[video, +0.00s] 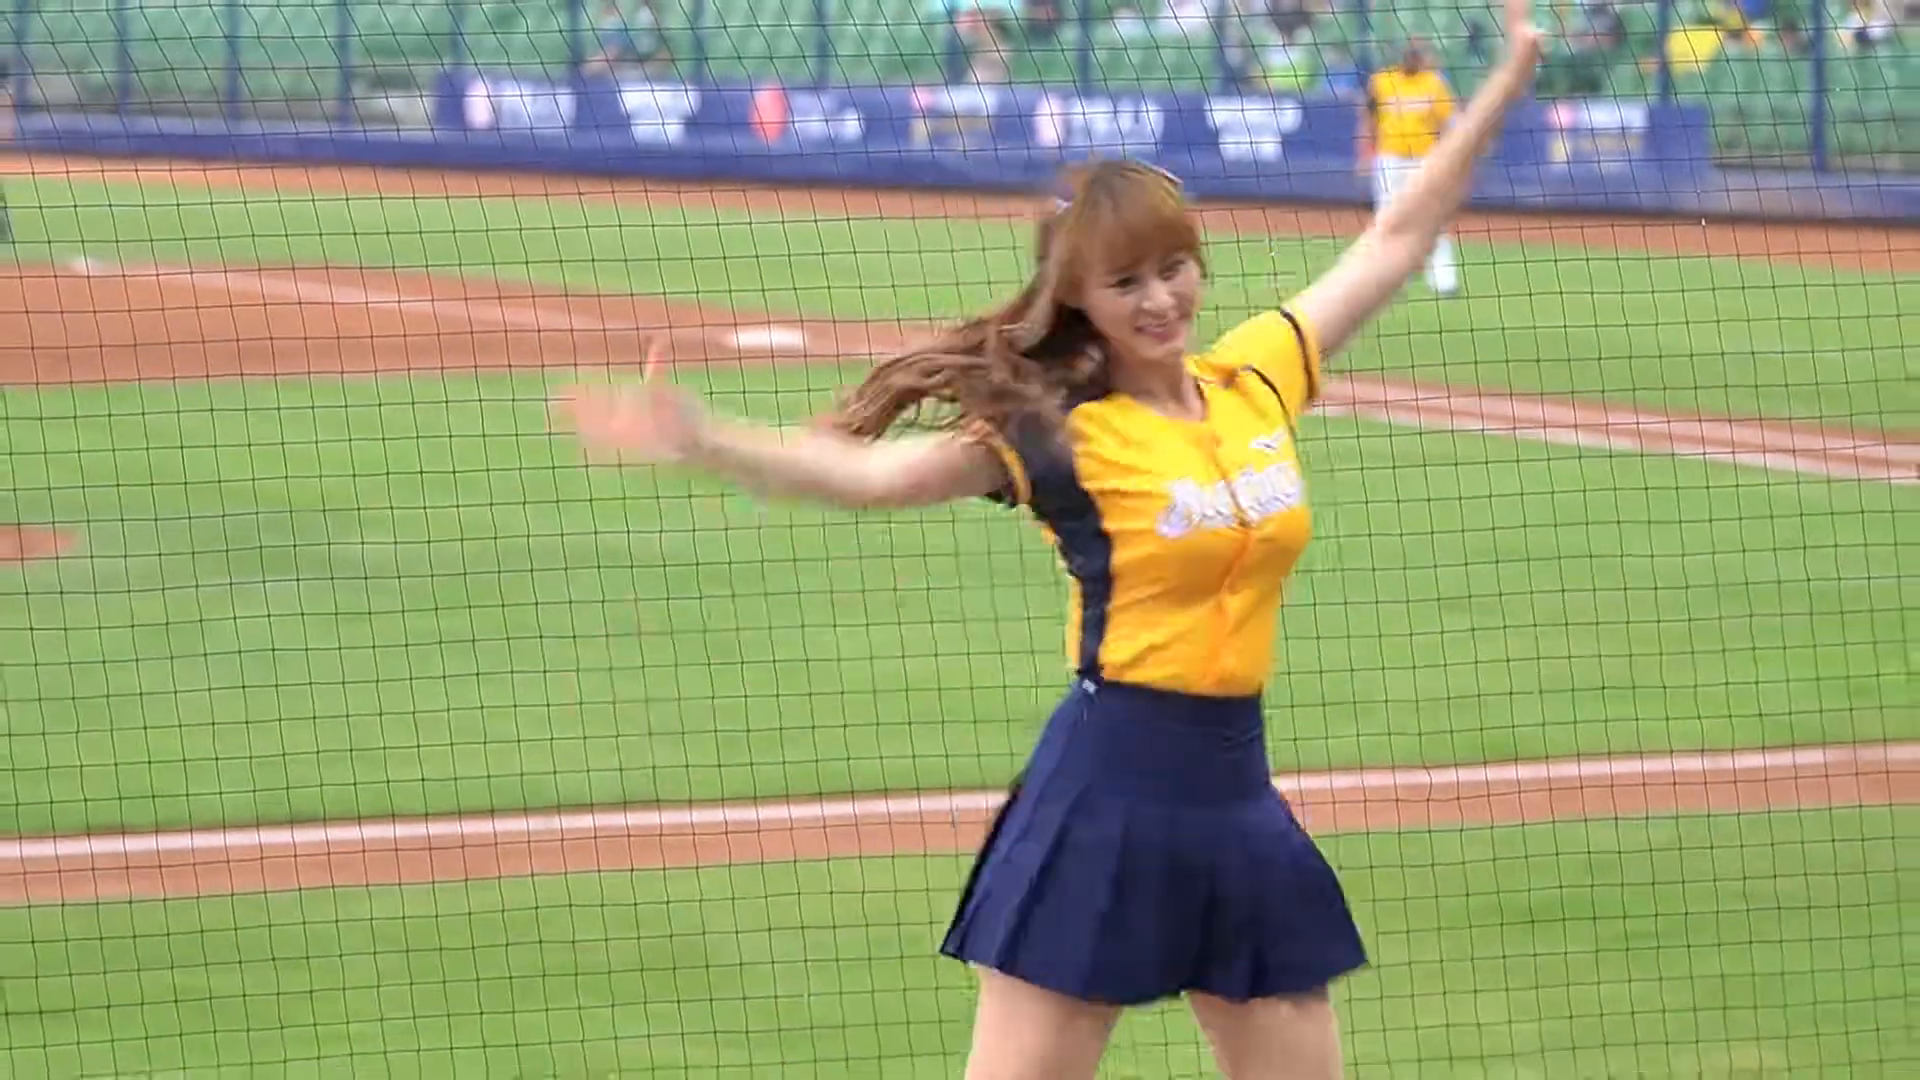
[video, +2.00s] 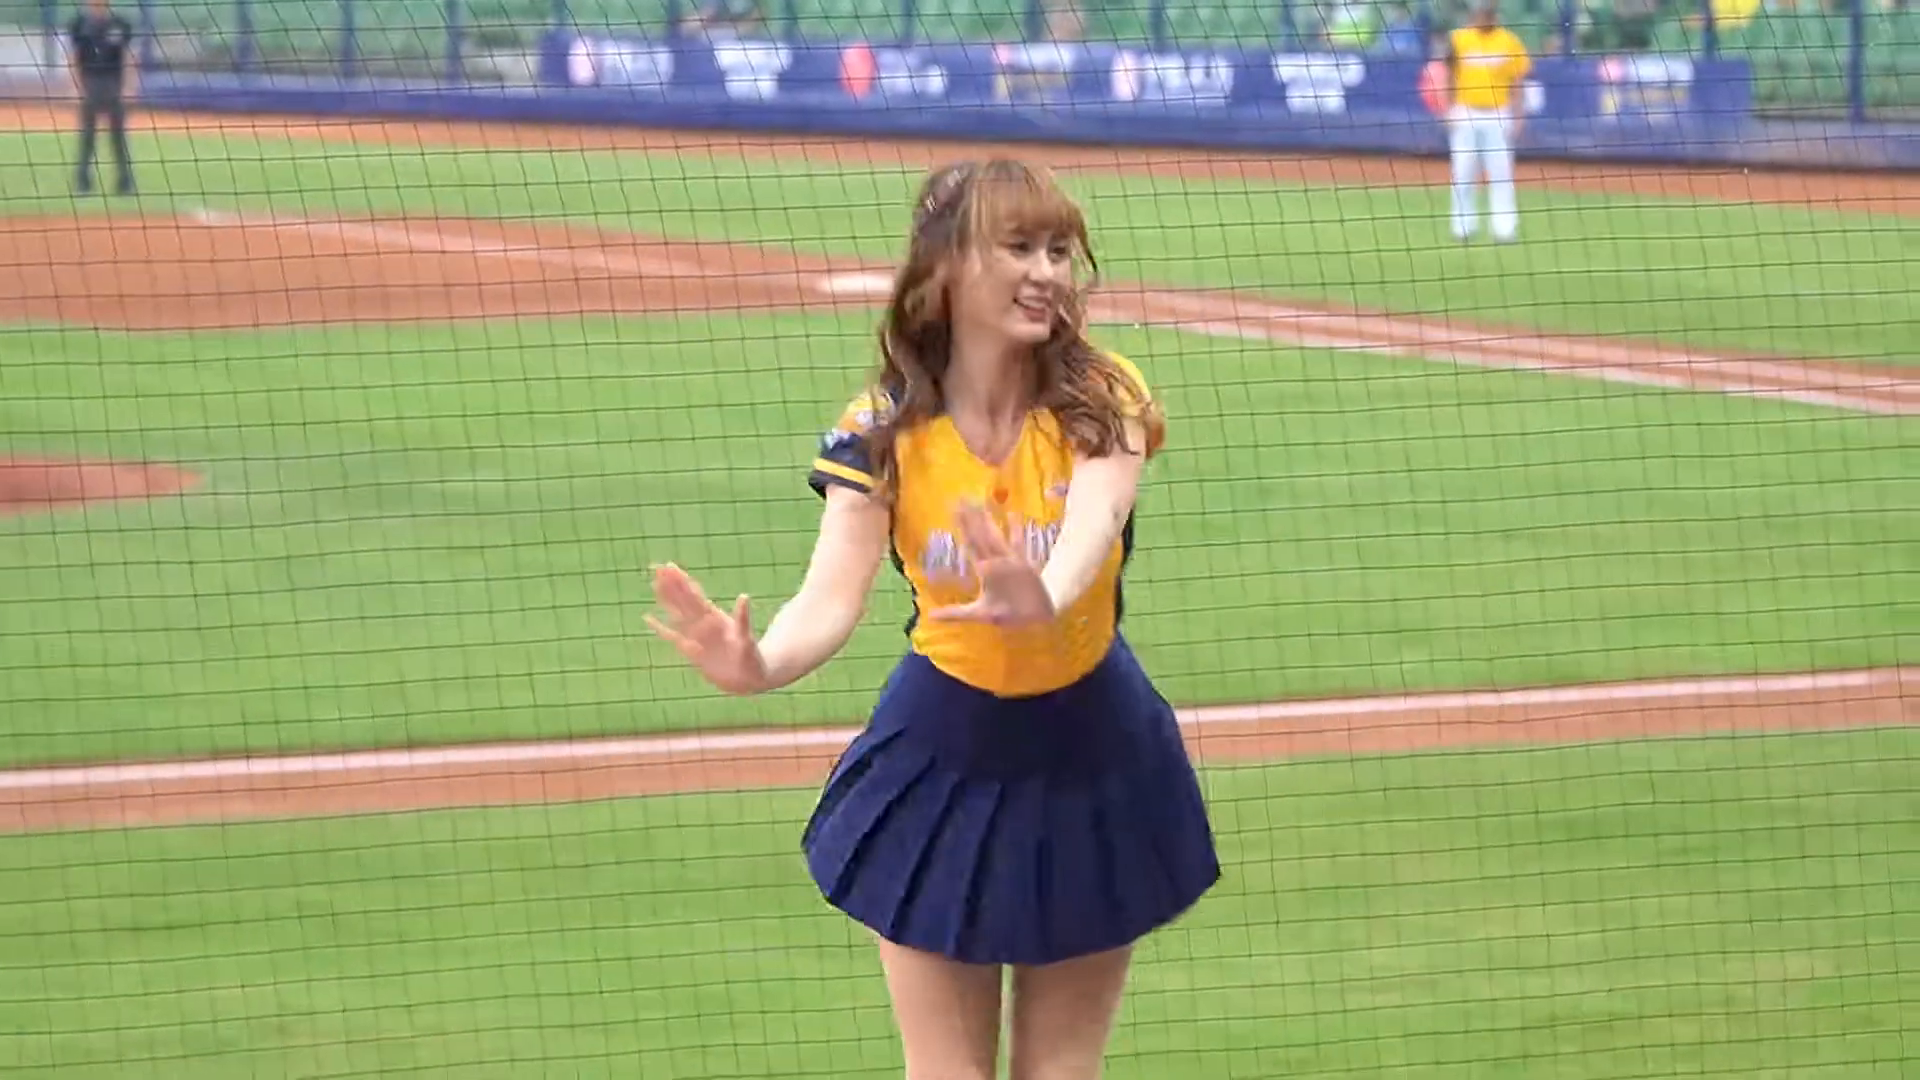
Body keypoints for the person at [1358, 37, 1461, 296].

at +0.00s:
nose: (1413, 61)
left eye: (1418, 56)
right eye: (1409, 55)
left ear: (1425, 59)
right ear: (1402, 57)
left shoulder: (1433, 83)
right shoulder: (1380, 82)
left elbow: (1451, 118)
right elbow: (1367, 118)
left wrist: (1458, 149)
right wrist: (1366, 154)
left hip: (1428, 157)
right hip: (1390, 158)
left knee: (1435, 216)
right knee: (1389, 217)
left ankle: (1443, 275)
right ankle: (1388, 271)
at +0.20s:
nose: (1388, 61)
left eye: (1392, 55)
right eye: (1383, 56)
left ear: (1400, 56)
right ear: (1376, 57)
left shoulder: (1411, 81)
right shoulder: (1358, 80)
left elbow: (1423, 123)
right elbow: (1341, 117)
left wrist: (1421, 160)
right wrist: (1341, 151)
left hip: (1400, 155)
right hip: (1365, 154)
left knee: (1404, 214)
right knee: (1362, 214)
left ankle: (1410, 270)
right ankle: (1361, 269)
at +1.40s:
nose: (1396, 41)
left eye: (1401, 36)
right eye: (1393, 36)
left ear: (1408, 38)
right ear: (1386, 37)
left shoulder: (1419, 64)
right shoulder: (1373, 61)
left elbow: (1428, 106)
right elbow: (1359, 93)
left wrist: (1431, 140)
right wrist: (1362, 128)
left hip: (1410, 137)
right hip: (1378, 136)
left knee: (1402, 195)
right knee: (1368, 192)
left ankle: (1398, 248)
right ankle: (1357, 244)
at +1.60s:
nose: (1425, 35)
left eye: (1429, 30)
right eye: (1421, 30)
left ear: (1435, 32)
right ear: (1414, 30)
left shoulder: (1446, 57)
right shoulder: (1398, 53)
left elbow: (1456, 97)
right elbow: (1387, 87)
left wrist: (1457, 132)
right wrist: (1386, 121)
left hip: (1435, 129)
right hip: (1401, 127)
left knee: (1430, 186)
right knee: (1391, 185)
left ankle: (1427, 240)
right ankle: (1384, 236)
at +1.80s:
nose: (1460, 26)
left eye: (1465, 21)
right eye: (1456, 21)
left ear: (1472, 22)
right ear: (1449, 20)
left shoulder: (1483, 50)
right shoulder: (1431, 45)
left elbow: (1494, 91)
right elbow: (1420, 78)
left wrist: (1493, 125)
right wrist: (1419, 110)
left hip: (1470, 121)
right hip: (1436, 119)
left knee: (1465, 179)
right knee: (1427, 177)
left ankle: (1465, 233)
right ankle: (1422, 230)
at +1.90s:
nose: (1472, 22)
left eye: (1476, 17)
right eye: (1468, 17)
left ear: (1482, 19)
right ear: (1459, 18)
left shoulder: (1494, 45)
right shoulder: (1444, 42)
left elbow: (1506, 85)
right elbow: (1435, 76)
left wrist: (1507, 119)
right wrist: (1434, 108)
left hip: (1485, 117)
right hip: (1451, 116)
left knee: (1483, 175)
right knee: (1445, 175)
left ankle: (1484, 230)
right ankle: (1443, 228)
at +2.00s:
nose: (1485, 18)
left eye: (1489, 13)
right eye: (1481, 13)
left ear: (1495, 14)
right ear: (1473, 14)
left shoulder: (1508, 41)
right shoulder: (1458, 39)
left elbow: (1518, 84)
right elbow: (1447, 74)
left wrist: (1518, 118)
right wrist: (1448, 106)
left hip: (1498, 113)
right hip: (1464, 112)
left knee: (1500, 170)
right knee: (1463, 171)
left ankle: (1504, 225)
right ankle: (1463, 224)